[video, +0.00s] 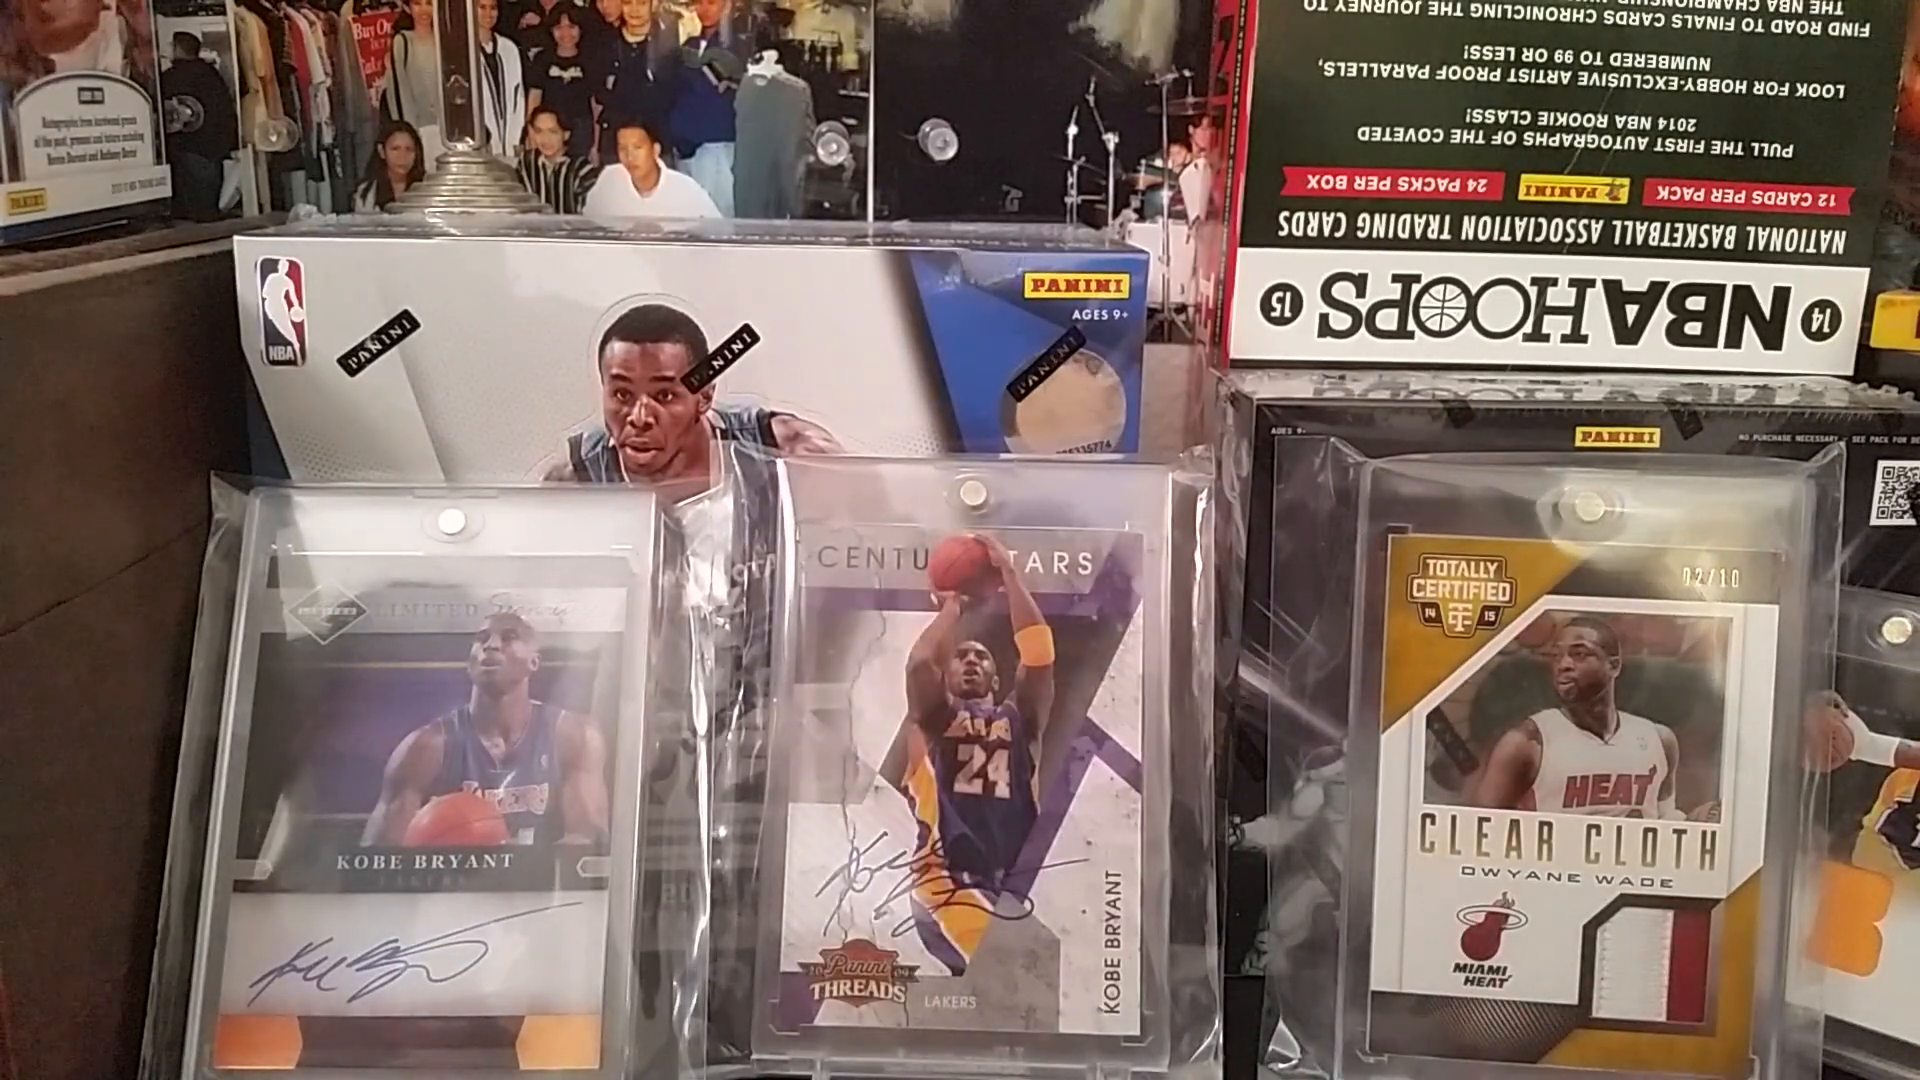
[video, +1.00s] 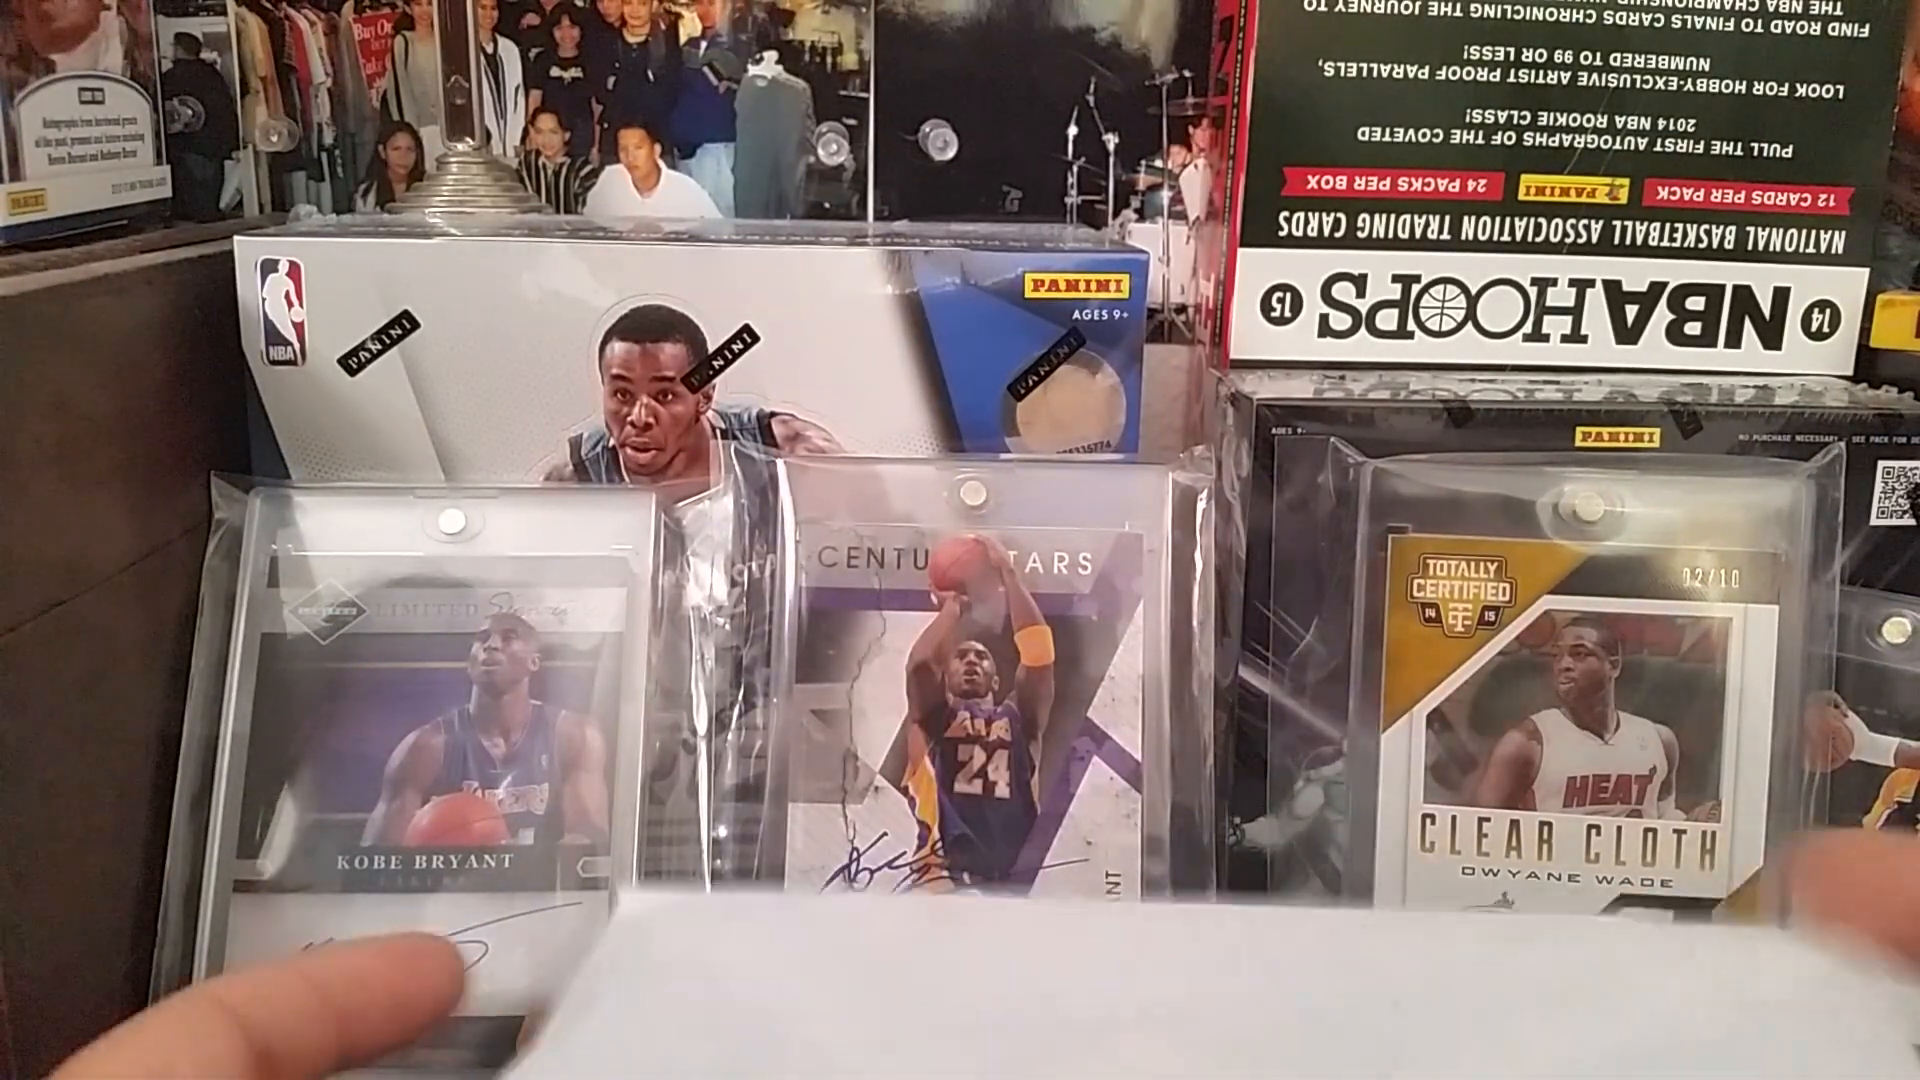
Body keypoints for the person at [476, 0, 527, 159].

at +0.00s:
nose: (489, 13)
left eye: (493, 8)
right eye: (482, 7)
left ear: (498, 11)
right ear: (472, 11)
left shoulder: (510, 48)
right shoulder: (465, 50)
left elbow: (520, 95)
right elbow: (464, 100)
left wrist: (515, 140)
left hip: (511, 144)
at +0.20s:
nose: (489, 14)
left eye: (493, 8)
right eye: (483, 8)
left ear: (498, 12)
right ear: (472, 11)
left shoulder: (510, 48)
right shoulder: (465, 51)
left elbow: (520, 95)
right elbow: (464, 100)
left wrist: (516, 141)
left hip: (511, 145)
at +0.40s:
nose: (489, 14)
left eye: (493, 8)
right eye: (483, 8)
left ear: (498, 11)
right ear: (472, 11)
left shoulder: (511, 48)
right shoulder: (464, 51)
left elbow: (520, 96)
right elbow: (464, 101)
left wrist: (516, 142)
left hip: (512, 146)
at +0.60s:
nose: (490, 14)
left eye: (494, 8)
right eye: (483, 8)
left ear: (498, 11)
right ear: (472, 11)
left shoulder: (511, 48)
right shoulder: (465, 51)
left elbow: (520, 95)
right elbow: (465, 100)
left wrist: (516, 141)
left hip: (512, 144)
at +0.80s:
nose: (490, 14)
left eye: (494, 8)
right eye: (483, 8)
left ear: (498, 11)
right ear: (472, 11)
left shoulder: (511, 48)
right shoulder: (465, 51)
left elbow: (520, 94)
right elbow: (465, 100)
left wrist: (515, 141)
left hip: (511, 144)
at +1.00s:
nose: (489, 14)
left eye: (493, 8)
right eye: (483, 8)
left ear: (498, 12)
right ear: (472, 11)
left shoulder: (511, 48)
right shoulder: (465, 50)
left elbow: (520, 96)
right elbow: (464, 100)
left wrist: (516, 141)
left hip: (512, 144)